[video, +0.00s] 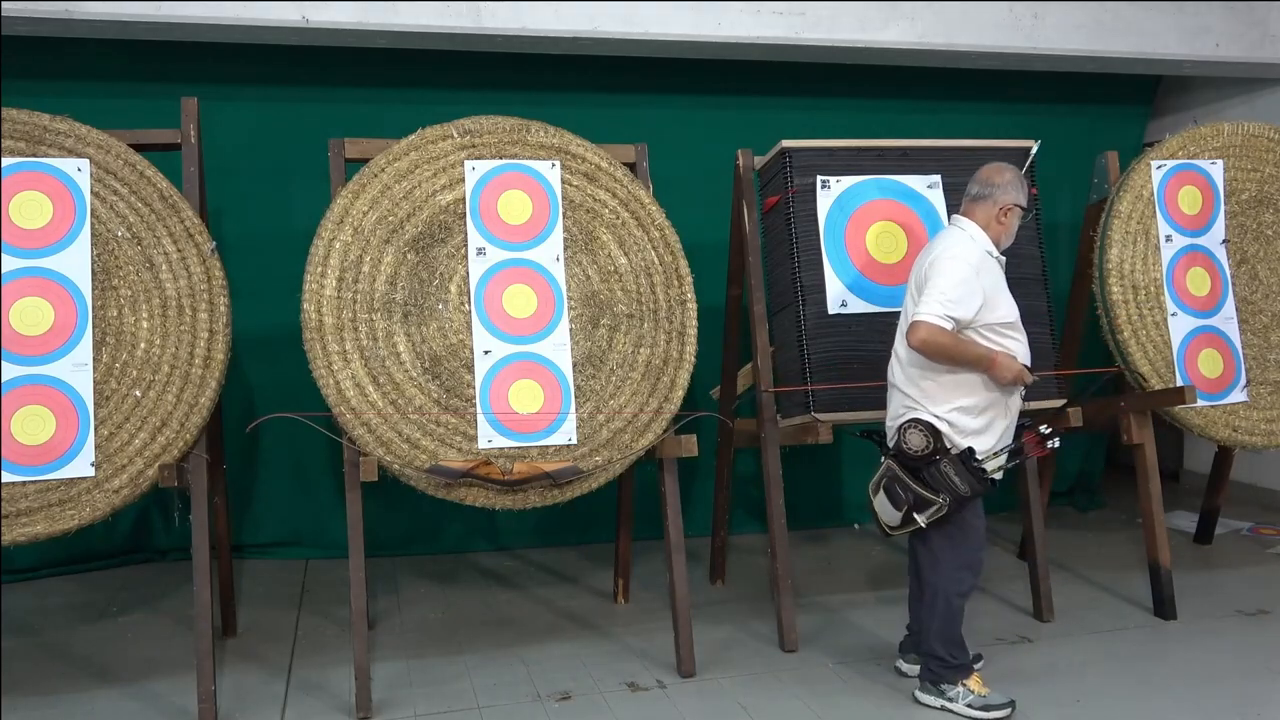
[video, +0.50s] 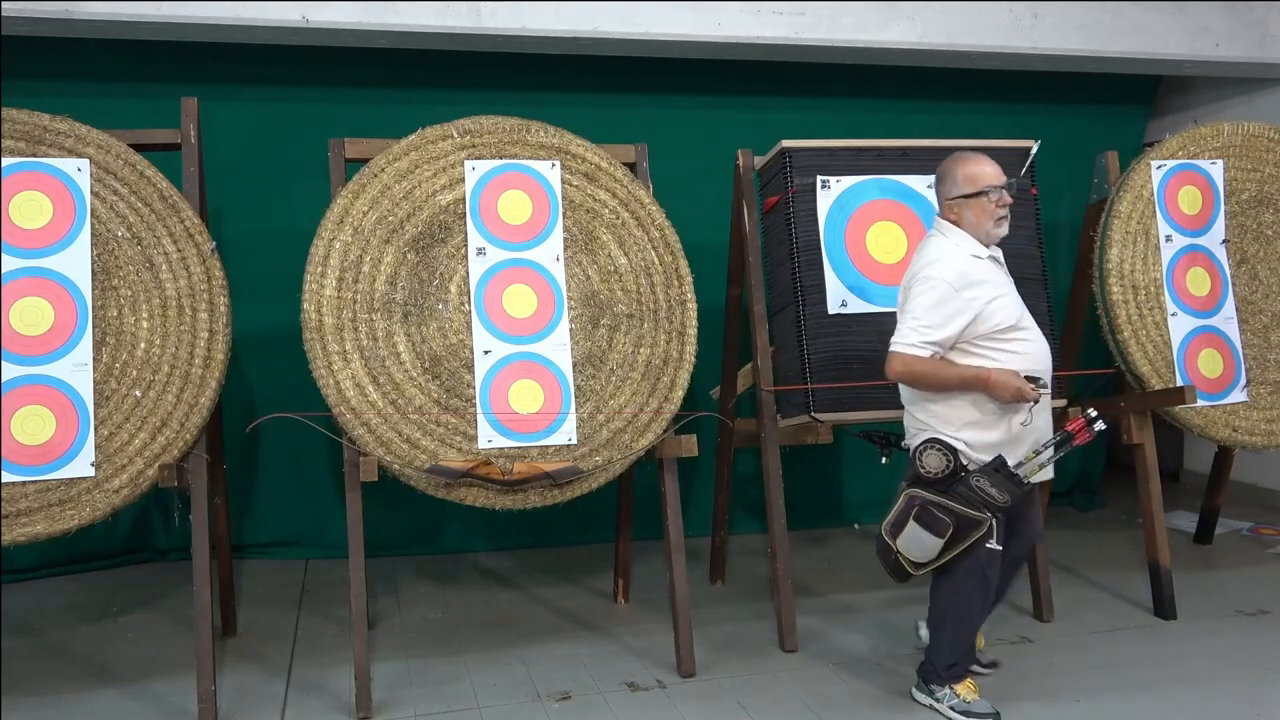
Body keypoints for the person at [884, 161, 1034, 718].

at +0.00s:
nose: (1019, 224)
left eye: (1020, 215)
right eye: (1019, 213)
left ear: (976, 203)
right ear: (1000, 210)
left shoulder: (954, 246)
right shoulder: (963, 252)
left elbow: (935, 336)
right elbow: (926, 333)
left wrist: (996, 362)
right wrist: (991, 361)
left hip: (938, 433)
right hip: (943, 440)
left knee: (936, 548)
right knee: (955, 558)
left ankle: (921, 645)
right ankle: (944, 675)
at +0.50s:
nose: (1006, 201)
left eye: (1006, 191)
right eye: (993, 194)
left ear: (973, 204)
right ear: (956, 205)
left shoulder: (972, 252)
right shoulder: (941, 265)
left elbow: (947, 344)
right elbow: (901, 363)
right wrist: (987, 378)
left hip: (1003, 442)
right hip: (969, 452)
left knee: (1017, 541)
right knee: (968, 563)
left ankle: (949, 628)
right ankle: (942, 675)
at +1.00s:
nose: (965, 207)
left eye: (976, 193)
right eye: (948, 199)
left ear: (995, 199)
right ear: (930, 211)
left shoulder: (1040, 269)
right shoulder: (900, 279)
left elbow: (1061, 365)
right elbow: (867, 384)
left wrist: (1065, 439)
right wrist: (911, 354)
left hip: (1016, 476)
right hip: (930, 474)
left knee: (1007, 611)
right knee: (941, 584)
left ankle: (999, 713)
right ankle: (948, 671)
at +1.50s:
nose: (915, 188)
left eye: (931, 173)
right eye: (899, 178)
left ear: (961, 182)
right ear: (886, 195)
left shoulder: (1020, 264)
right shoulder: (867, 269)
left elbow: (1083, 378)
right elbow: (850, 353)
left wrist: (1049, 465)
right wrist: (838, 373)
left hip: (984, 524)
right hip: (881, 520)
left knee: (993, 683)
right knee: (875, 671)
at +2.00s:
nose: (738, 192)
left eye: (755, 175)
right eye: (738, 178)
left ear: (813, 174)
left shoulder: (893, 256)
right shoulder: (741, 284)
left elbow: (935, 388)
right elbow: (711, 396)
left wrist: (806, 394)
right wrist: (709, 401)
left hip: (861, 552)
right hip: (759, 552)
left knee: (842, 697)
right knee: (772, 705)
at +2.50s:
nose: (662, 192)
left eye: (688, 175)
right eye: (649, 175)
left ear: (732, 188)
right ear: (634, 184)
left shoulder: (778, 297)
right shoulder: (640, 272)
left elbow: (827, 459)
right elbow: (660, 395)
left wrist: (715, 459)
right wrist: (587, 444)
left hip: (707, 609)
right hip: (640, 591)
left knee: (669, 710)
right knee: (723, 705)